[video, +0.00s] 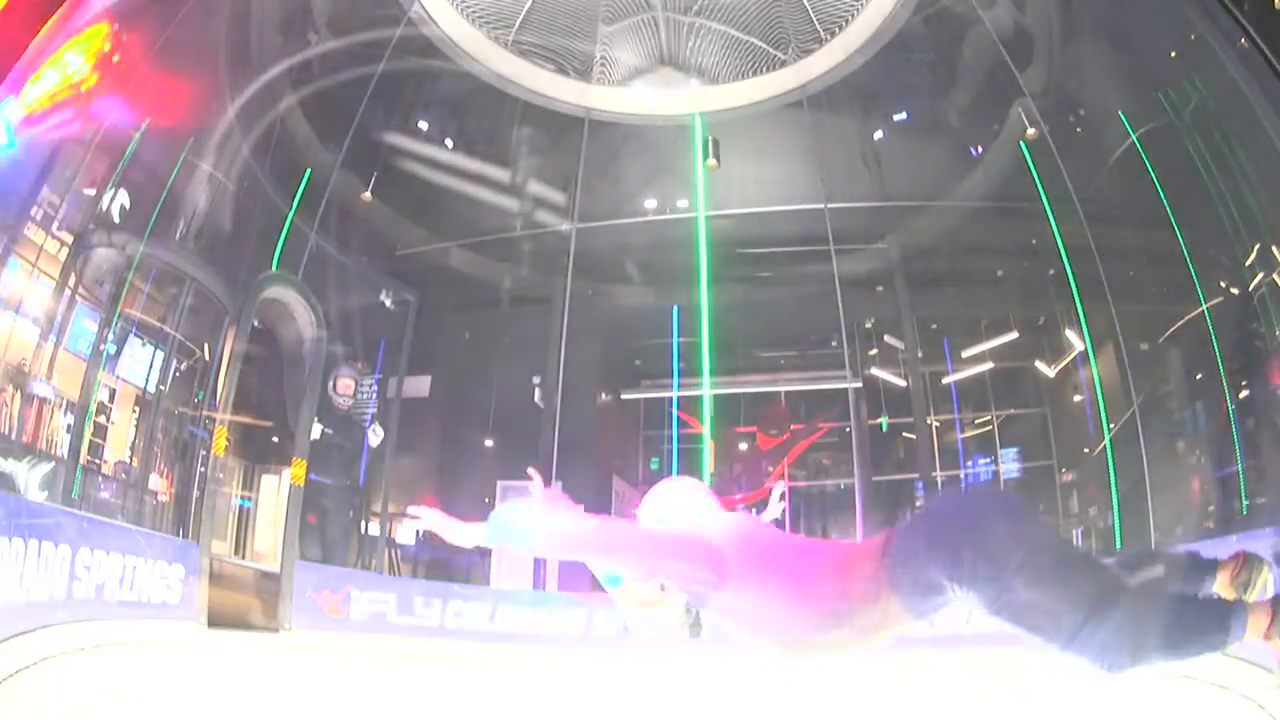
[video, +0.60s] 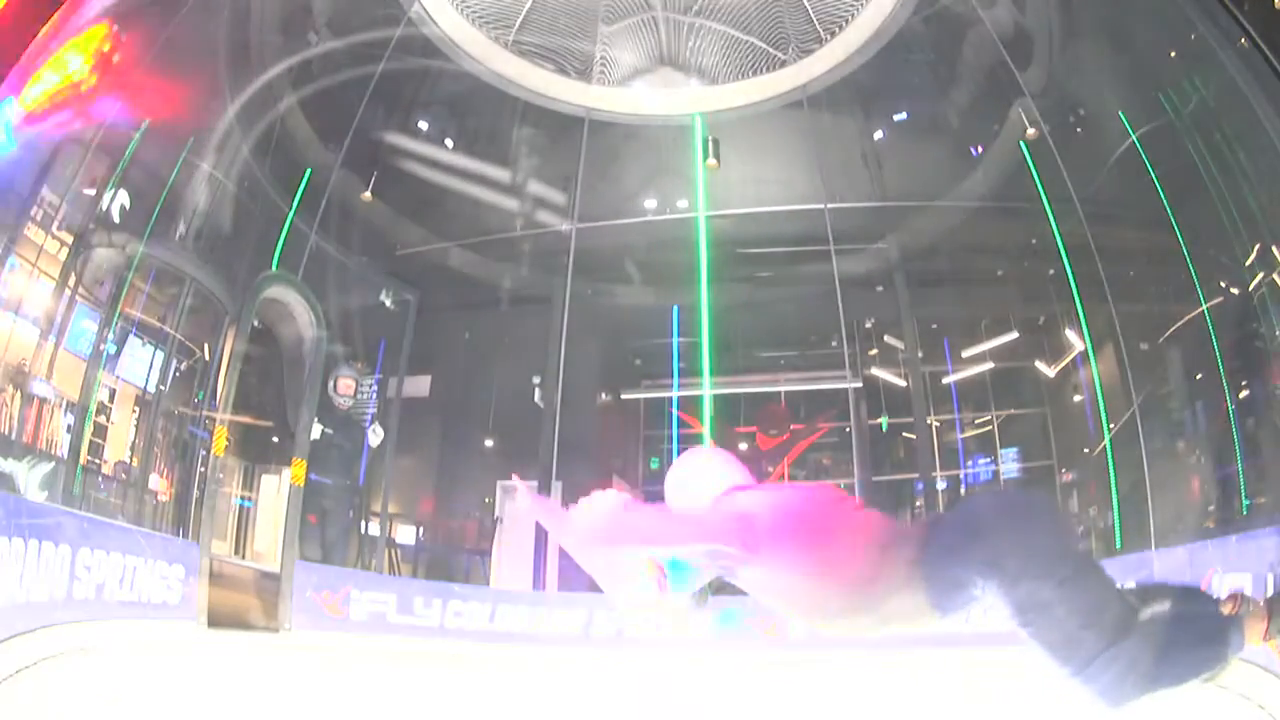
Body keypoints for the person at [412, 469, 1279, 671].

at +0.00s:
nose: (622, 536)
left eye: (627, 526)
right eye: (631, 522)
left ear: (659, 521)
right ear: (674, 516)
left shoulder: (706, 548)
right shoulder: (711, 548)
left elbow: (581, 537)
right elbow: (585, 538)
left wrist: (457, 529)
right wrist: (503, 519)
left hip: (945, 543)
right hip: (947, 537)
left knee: (1112, 638)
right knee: (1113, 603)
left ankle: (1246, 620)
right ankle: (1220, 582)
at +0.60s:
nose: (683, 519)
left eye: (684, 505)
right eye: (682, 505)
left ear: (711, 492)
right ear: (727, 479)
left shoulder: (758, 517)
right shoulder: (770, 518)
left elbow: (626, 527)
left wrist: (552, 515)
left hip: (994, 543)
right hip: (984, 535)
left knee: (1117, 670)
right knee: (1111, 618)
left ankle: (1247, 626)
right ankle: (1230, 610)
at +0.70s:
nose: (687, 516)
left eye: (688, 501)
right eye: (686, 501)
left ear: (718, 488)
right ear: (735, 477)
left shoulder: (763, 518)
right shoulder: (783, 516)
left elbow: (646, 522)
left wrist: (561, 513)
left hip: (997, 543)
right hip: (992, 533)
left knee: (1120, 669)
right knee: (1115, 614)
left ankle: (1248, 622)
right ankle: (1226, 600)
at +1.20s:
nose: (676, 483)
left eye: (683, 472)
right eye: (679, 471)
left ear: (711, 473)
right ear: (730, 469)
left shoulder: (746, 517)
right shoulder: (747, 512)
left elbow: (628, 551)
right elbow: (642, 548)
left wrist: (501, 580)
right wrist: (539, 556)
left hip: (1014, 529)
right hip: (995, 534)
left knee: (1125, 648)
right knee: (1116, 614)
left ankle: (1236, 615)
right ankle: (1222, 601)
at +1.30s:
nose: (655, 566)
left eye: (661, 546)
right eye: (649, 551)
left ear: (696, 517)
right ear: (709, 496)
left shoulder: (757, 519)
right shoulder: (754, 518)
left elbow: (621, 535)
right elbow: (636, 526)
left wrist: (468, 557)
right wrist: (539, 518)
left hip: (1025, 530)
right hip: (1006, 540)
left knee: (1139, 653)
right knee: (1131, 607)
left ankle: (1245, 616)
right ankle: (1233, 603)